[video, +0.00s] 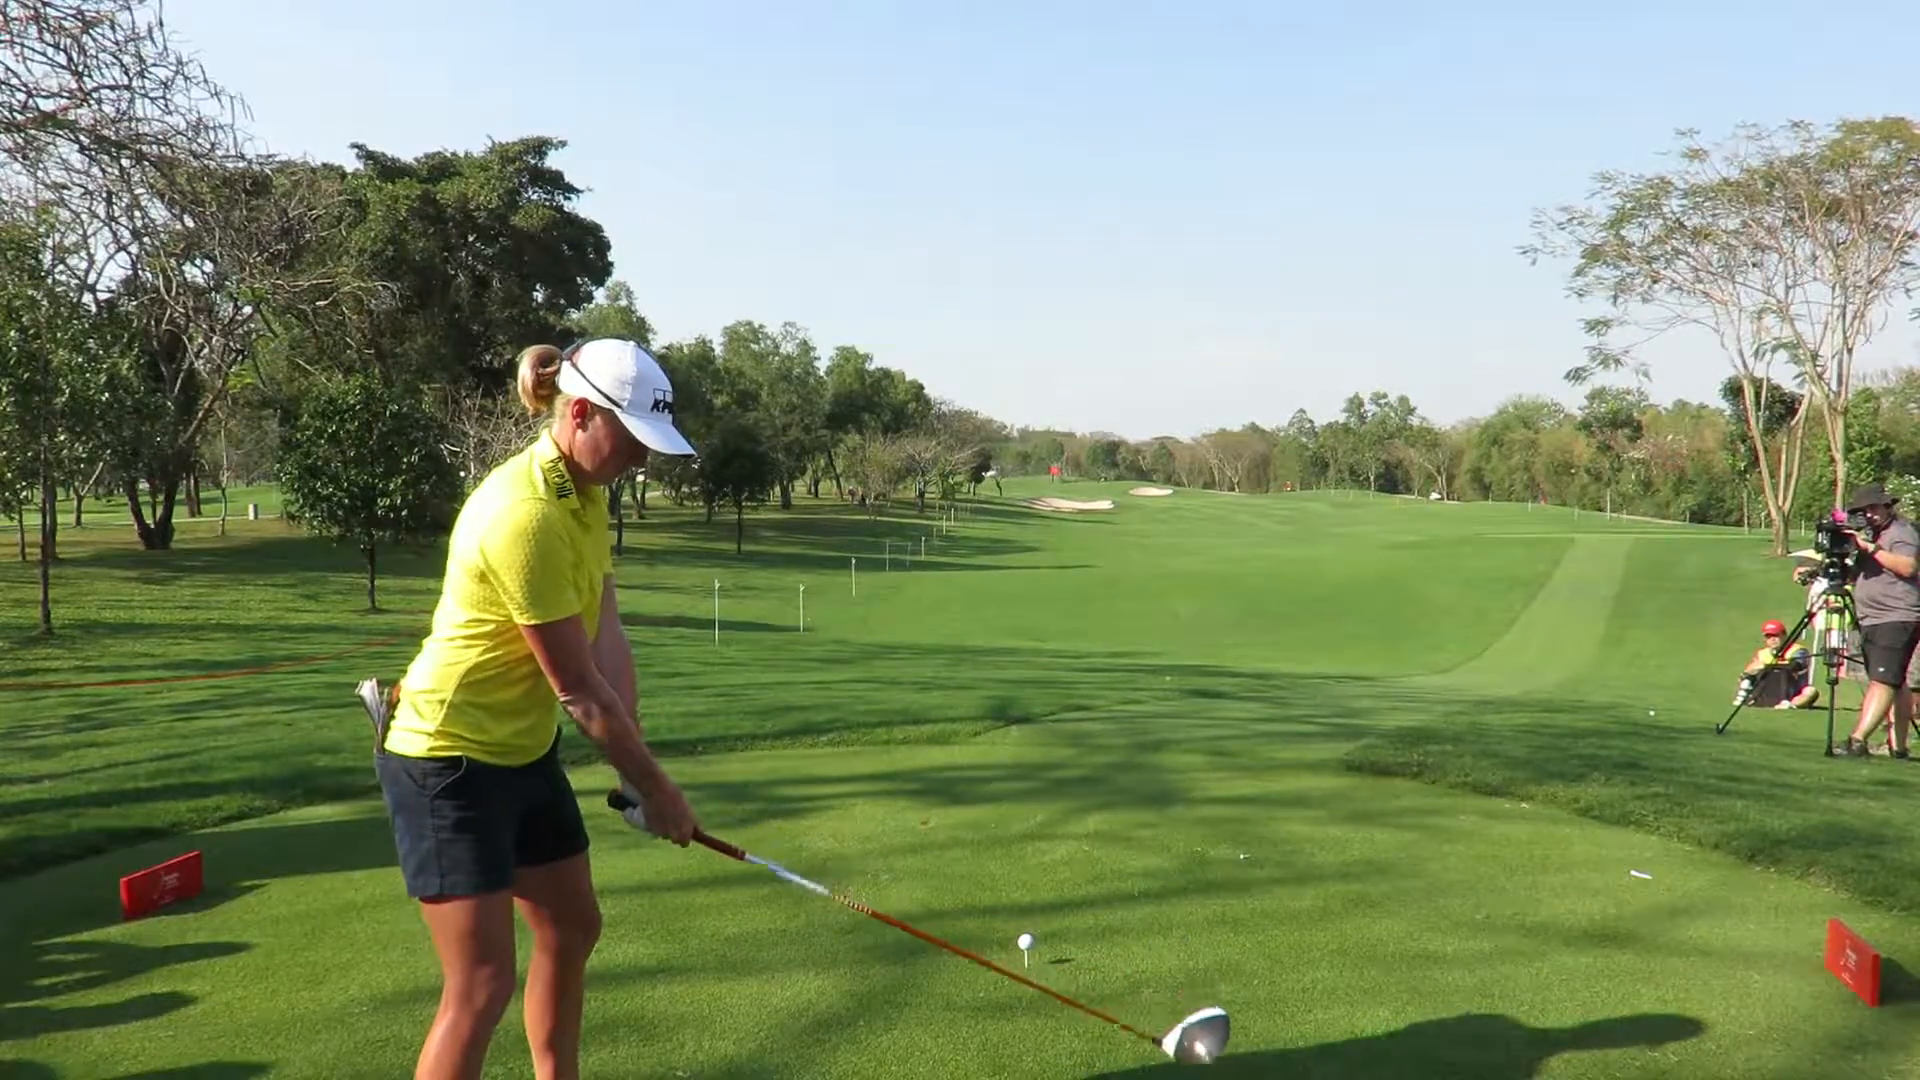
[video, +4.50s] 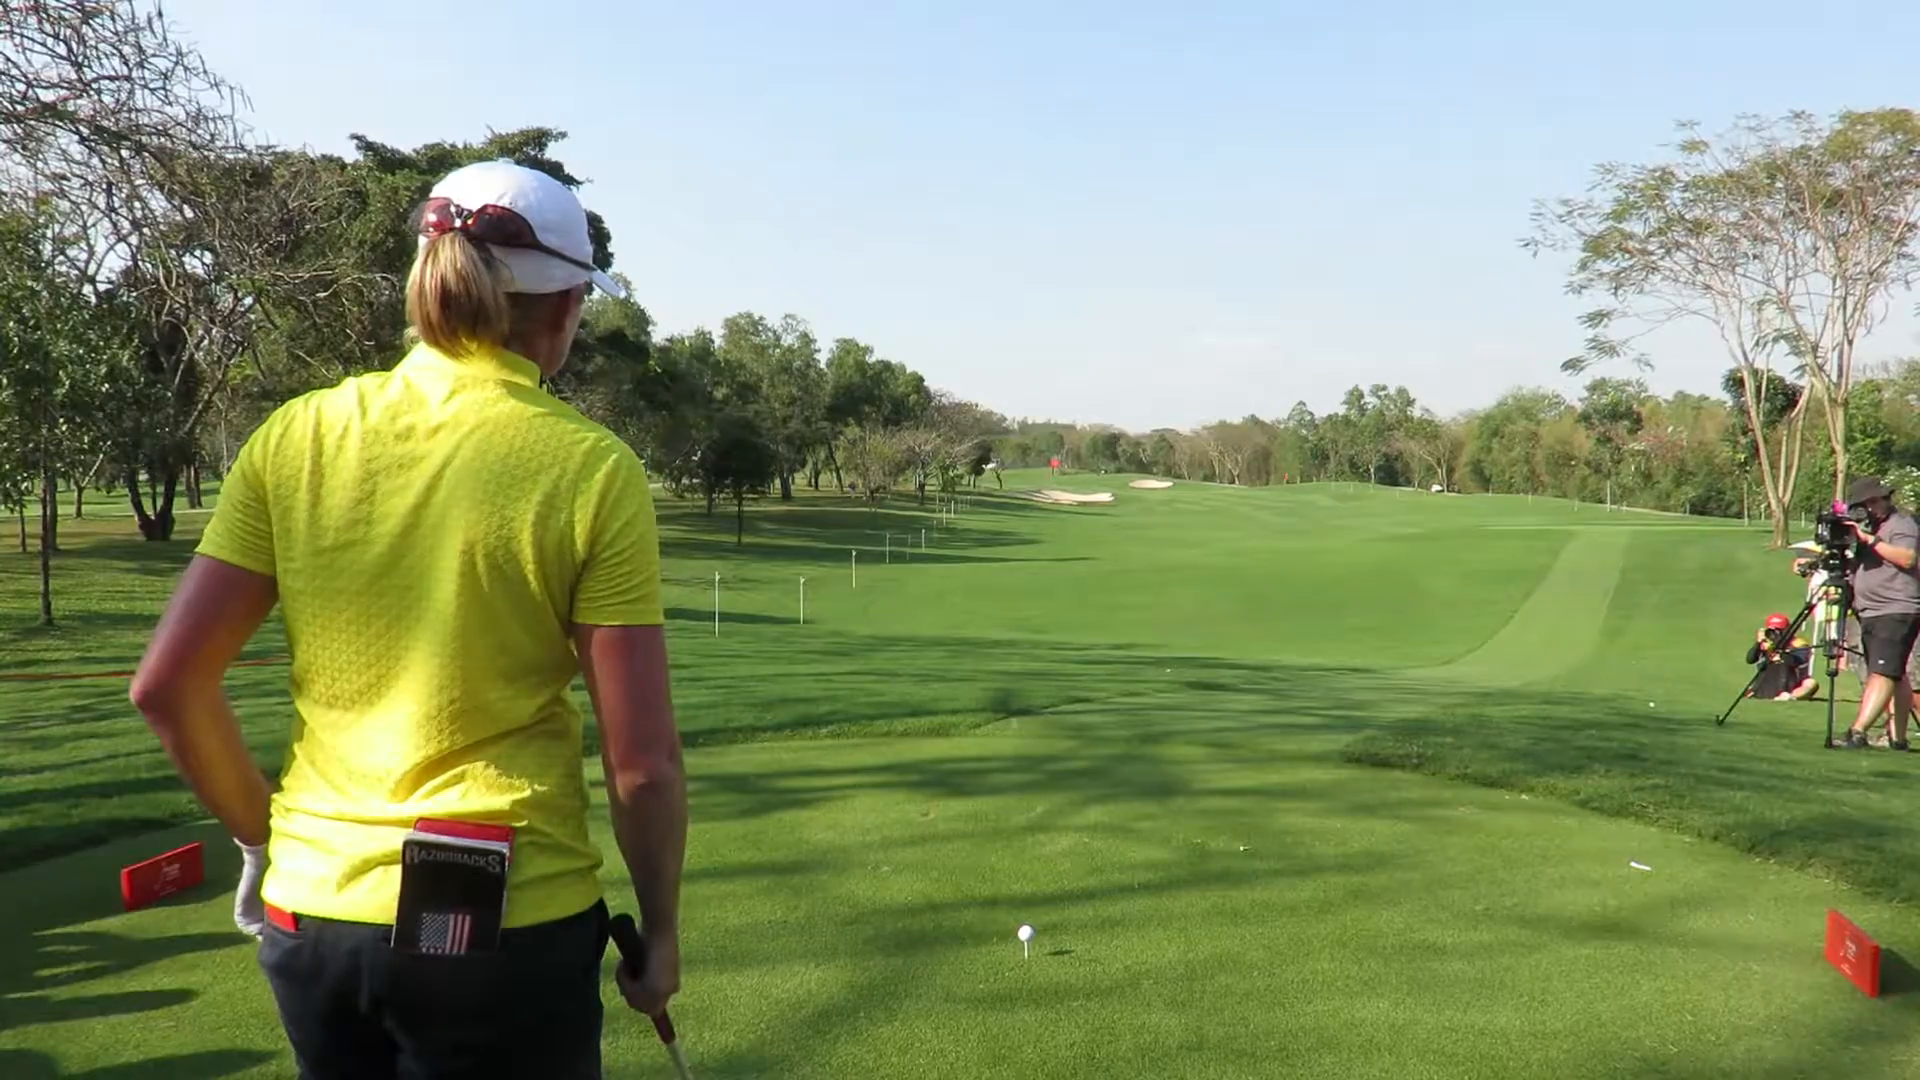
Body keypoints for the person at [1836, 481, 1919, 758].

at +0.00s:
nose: (1867, 517)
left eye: (1871, 510)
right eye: (1863, 513)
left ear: (1886, 508)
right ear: (1863, 514)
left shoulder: (1902, 532)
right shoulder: (1873, 536)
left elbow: (1908, 567)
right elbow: (1857, 574)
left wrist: (1871, 549)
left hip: (1898, 618)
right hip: (1873, 618)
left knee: (1883, 679)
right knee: (1891, 684)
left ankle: (1858, 738)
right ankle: (1898, 745)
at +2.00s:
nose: (1868, 506)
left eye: (1873, 499)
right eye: (1865, 501)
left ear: (1887, 496)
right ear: (1863, 502)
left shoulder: (1902, 520)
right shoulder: (1875, 525)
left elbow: (1909, 556)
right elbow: (1865, 566)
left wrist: (1872, 538)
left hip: (1898, 607)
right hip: (1874, 608)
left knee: (1884, 667)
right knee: (1891, 670)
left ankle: (1858, 727)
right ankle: (1898, 733)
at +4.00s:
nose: (1865, 511)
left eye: (1869, 504)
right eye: (1862, 507)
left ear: (1884, 500)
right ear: (1864, 507)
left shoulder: (1902, 523)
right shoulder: (1874, 528)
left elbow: (1909, 559)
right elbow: (1859, 568)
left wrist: (1870, 540)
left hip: (1897, 610)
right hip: (1873, 612)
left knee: (1883, 671)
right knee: (1893, 675)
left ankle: (1858, 730)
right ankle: (1898, 736)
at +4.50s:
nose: (1870, 510)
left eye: (1872, 503)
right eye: (1865, 506)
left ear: (1884, 500)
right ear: (1862, 509)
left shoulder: (1901, 524)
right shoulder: (1871, 530)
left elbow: (1909, 559)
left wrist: (1869, 540)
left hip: (1898, 610)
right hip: (1872, 611)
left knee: (1882, 670)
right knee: (1893, 676)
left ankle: (1857, 731)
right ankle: (1897, 738)